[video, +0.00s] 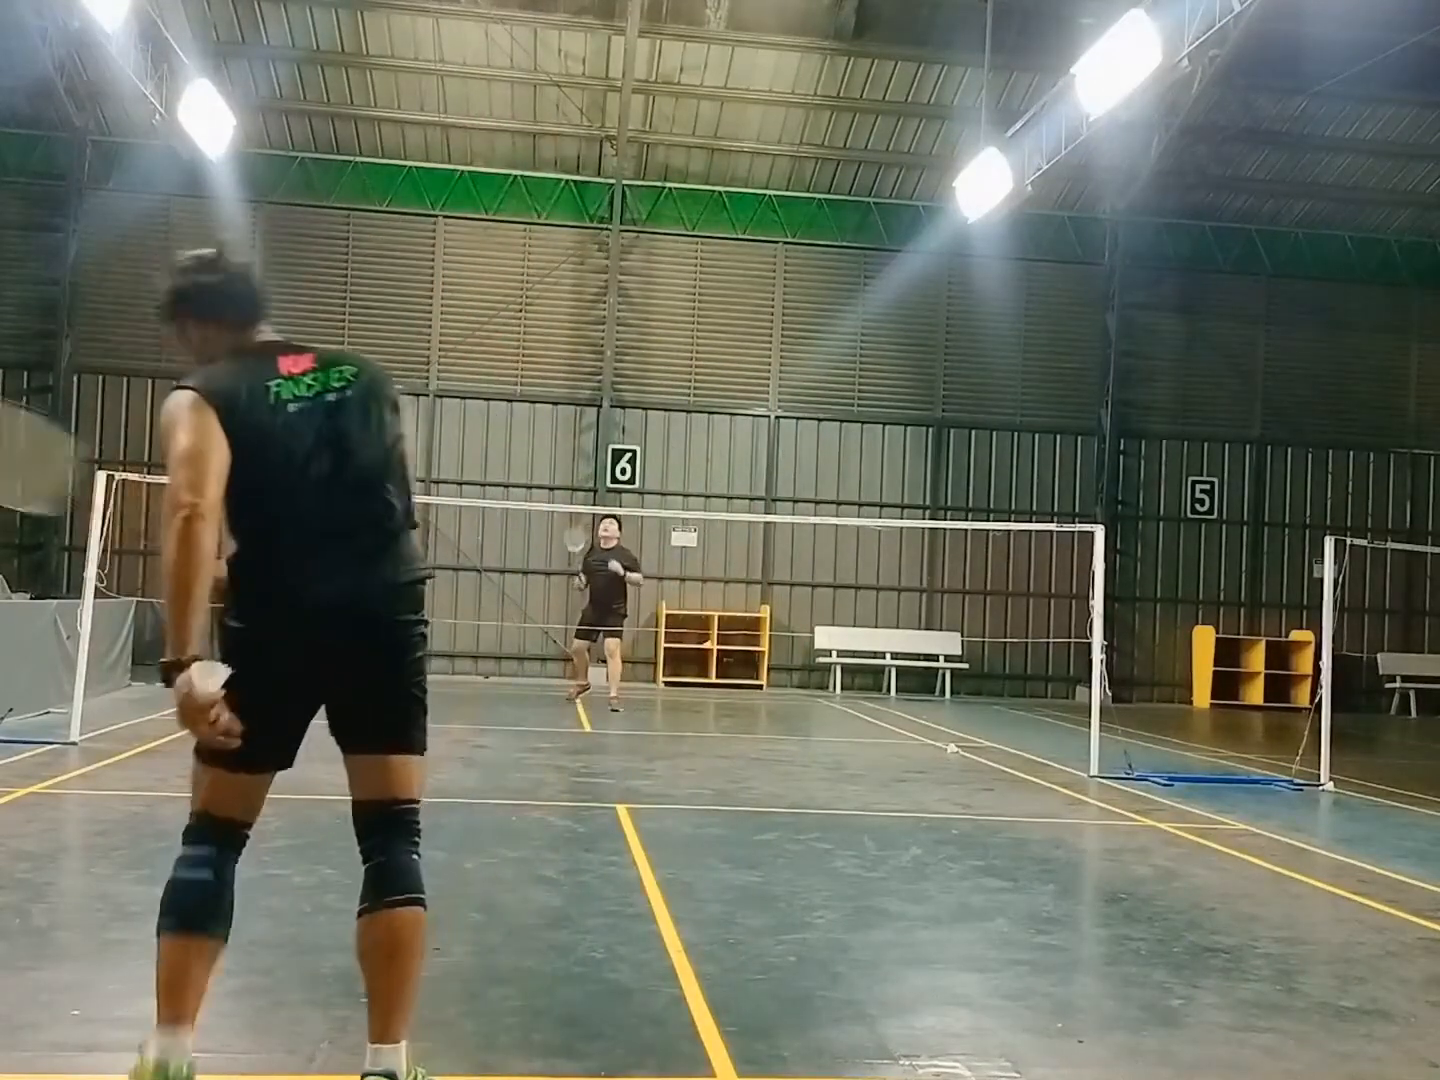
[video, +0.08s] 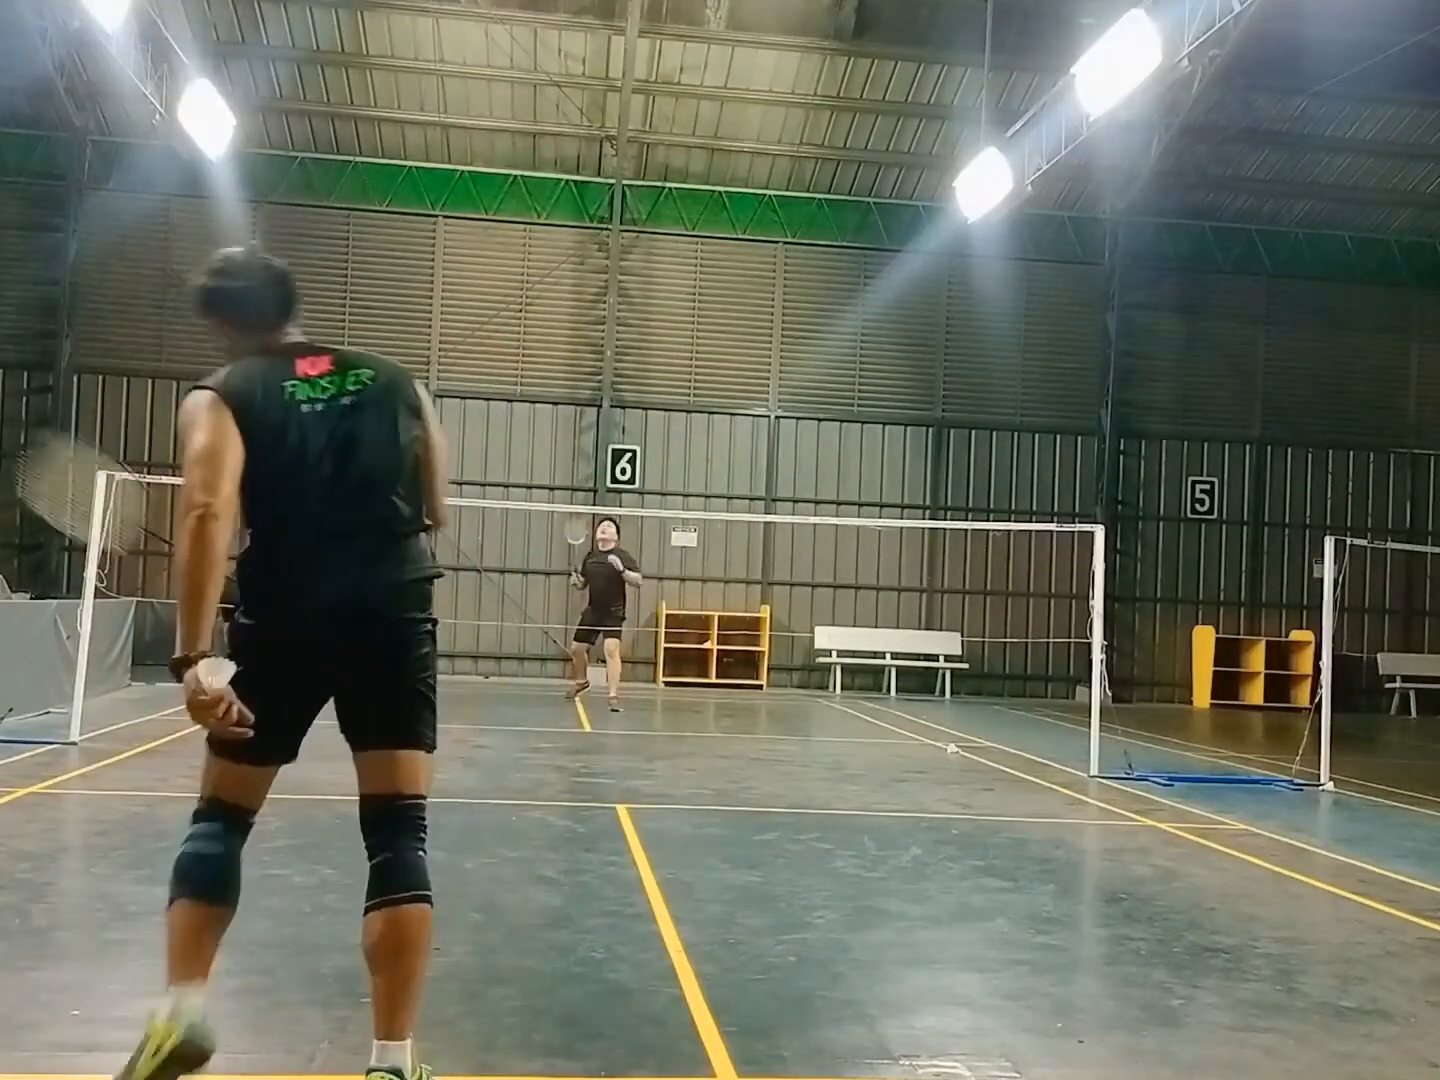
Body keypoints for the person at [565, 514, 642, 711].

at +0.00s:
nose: (605, 526)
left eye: (610, 524)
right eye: (603, 524)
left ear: (619, 532)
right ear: (598, 530)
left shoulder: (625, 555)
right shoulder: (591, 555)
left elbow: (639, 580)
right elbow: (583, 579)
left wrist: (623, 572)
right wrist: (579, 582)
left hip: (615, 609)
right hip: (593, 608)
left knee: (612, 649)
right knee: (578, 647)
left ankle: (614, 695)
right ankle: (581, 683)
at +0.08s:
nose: (604, 529)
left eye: (609, 527)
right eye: (601, 527)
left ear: (617, 535)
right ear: (596, 533)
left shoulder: (622, 556)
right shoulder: (590, 557)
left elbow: (638, 580)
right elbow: (582, 584)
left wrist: (622, 570)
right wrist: (577, 581)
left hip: (613, 610)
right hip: (593, 609)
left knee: (611, 649)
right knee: (577, 648)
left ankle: (613, 695)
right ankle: (581, 681)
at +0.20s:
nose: (597, 535)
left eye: (602, 533)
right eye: (594, 533)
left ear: (609, 540)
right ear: (590, 539)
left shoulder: (615, 560)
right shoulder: (585, 564)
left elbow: (631, 584)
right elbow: (579, 591)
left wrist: (618, 564)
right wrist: (570, 580)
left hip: (609, 614)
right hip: (590, 613)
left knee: (606, 650)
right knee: (577, 652)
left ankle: (612, 695)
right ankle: (578, 684)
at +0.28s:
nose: (593, 536)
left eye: (597, 534)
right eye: (590, 534)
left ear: (605, 542)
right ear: (585, 540)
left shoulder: (610, 562)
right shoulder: (582, 564)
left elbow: (627, 583)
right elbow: (576, 593)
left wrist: (615, 562)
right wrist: (567, 580)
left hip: (605, 615)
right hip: (586, 615)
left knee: (605, 651)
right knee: (574, 653)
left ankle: (612, 693)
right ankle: (578, 687)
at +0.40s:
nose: (585, 540)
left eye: (589, 538)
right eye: (582, 538)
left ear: (597, 545)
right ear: (577, 545)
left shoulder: (603, 563)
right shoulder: (576, 569)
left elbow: (619, 582)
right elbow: (573, 597)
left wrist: (610, 560)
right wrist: (557, 584)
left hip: (602, 616)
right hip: (583, 618)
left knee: (603, 650)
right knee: (565, 652)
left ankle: (611, 691)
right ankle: (577, 688)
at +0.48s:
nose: (582, 542)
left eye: (587, 539)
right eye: (580, 539)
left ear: (594, 546)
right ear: (575, 545)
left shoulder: (601, 561)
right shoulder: (575, 570)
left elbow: (617, 579)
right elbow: (573, 598)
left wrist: (607, 557)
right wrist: (556, 585)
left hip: (601, 615)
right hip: (582, 617)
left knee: (602, 650)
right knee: (563, 653)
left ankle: (611, 692)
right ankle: (576, 689)